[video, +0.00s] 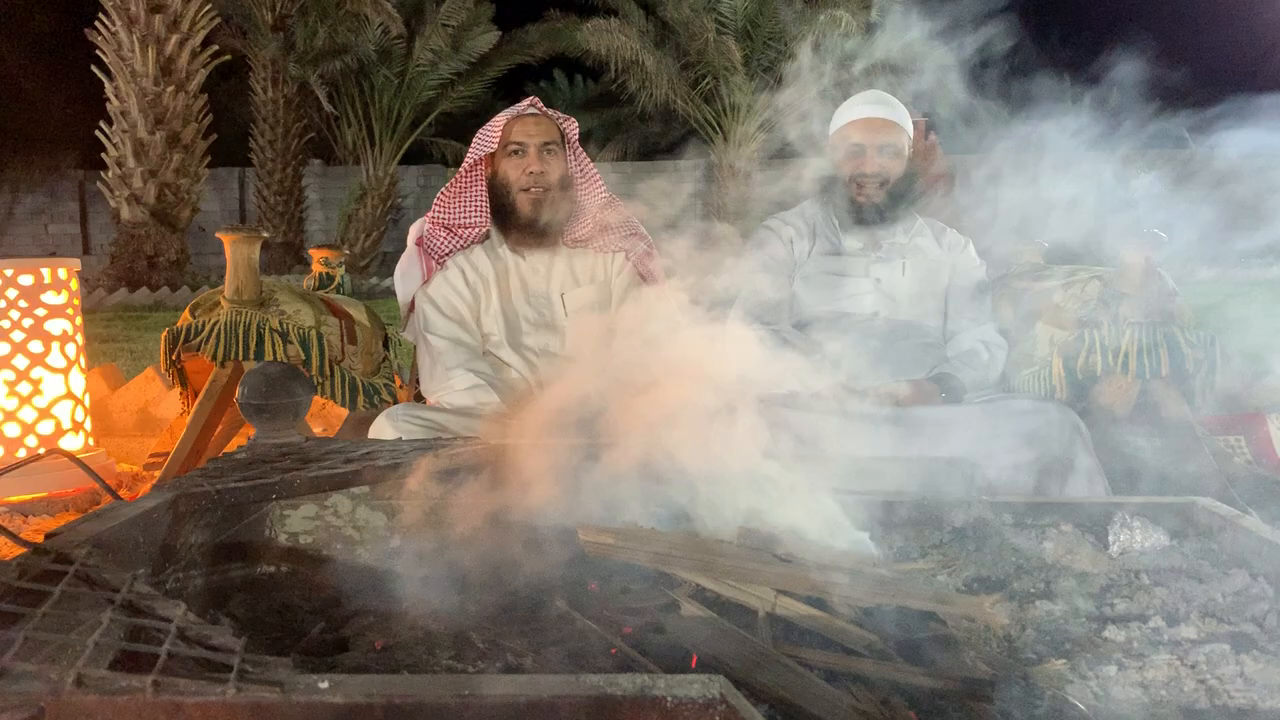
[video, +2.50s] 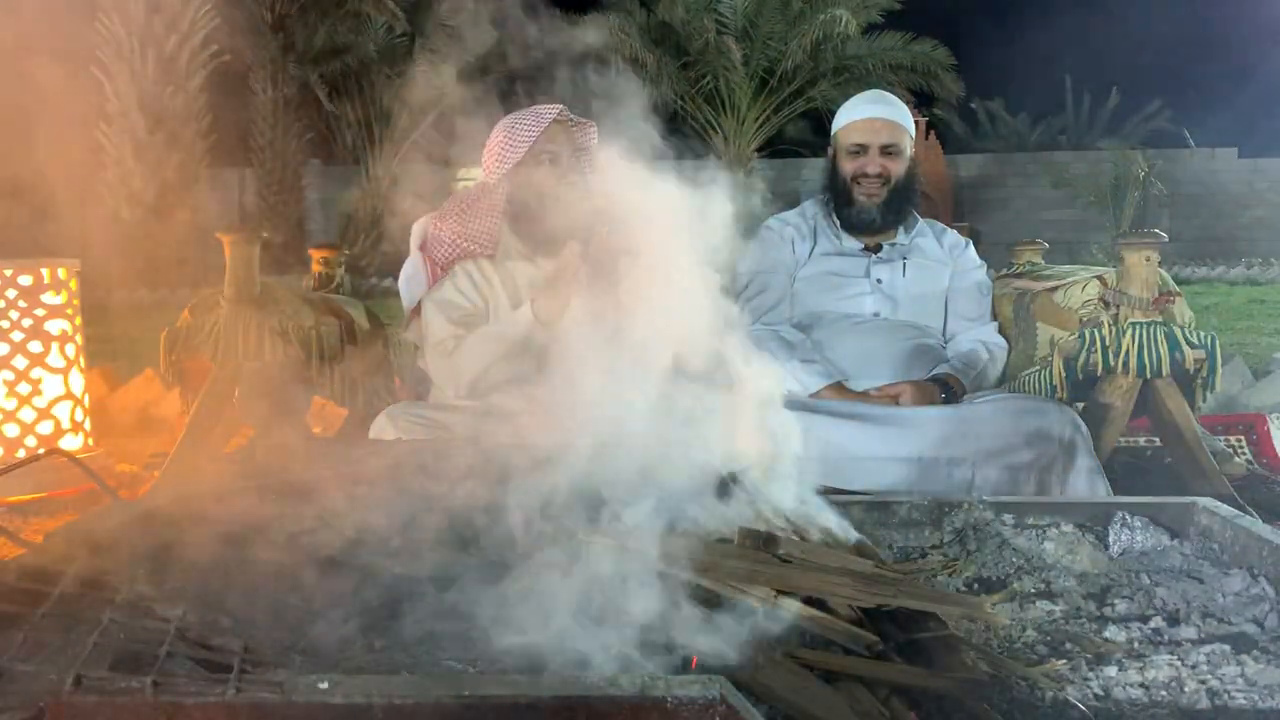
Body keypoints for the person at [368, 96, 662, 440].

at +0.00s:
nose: (535, 166)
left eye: (549, 151)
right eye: (517, 153)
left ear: (570, 169)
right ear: (489, 172)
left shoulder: (618, 261)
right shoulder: (453, 281)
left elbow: (649, 356)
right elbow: (452, 384)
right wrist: (515, 435)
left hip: (602, 421)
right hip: (499, 427)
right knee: (392, 427)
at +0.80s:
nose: (548, 164)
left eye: (558, 149)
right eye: (527, 150)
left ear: (574, 164)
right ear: (495, 166)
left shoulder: (616, 268)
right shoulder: (456, 277)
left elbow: (650, 366)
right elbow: (434, 388)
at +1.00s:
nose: (555, 161)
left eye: (564, 147)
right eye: (534, 149)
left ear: (579, 161)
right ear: (502, 168)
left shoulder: (613, 259)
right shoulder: (460, 267)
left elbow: (666, 341)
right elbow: (421, 363)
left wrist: (608, 370)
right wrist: (507, 365)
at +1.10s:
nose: (556, 162)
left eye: (567, 150)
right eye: (536, 150)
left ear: (581, 170)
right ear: (502, 170)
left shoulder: (616, 271)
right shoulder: (461, 276)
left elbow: (669, 357)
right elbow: (424, 372)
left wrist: (611, 329)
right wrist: (508, 336)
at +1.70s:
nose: (562, 170)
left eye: (571, 154)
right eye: (540, 155)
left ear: (583, 167)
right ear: (504, 173)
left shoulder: (616, 260)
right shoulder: (465, 267)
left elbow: (658, 360)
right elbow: (445, 375)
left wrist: (605, 298)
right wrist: (525, 300)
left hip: (599, 417)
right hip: (496, 413)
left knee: (673, 440)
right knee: (394, 427)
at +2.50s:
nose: (569, 174)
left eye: (576, 160)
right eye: (548, 159)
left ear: (586, 171)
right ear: (507, 175)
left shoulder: (604, 260)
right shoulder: (464, 268)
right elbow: (457, 376)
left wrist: (612, 280)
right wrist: (541, 314)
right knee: (395, 426)